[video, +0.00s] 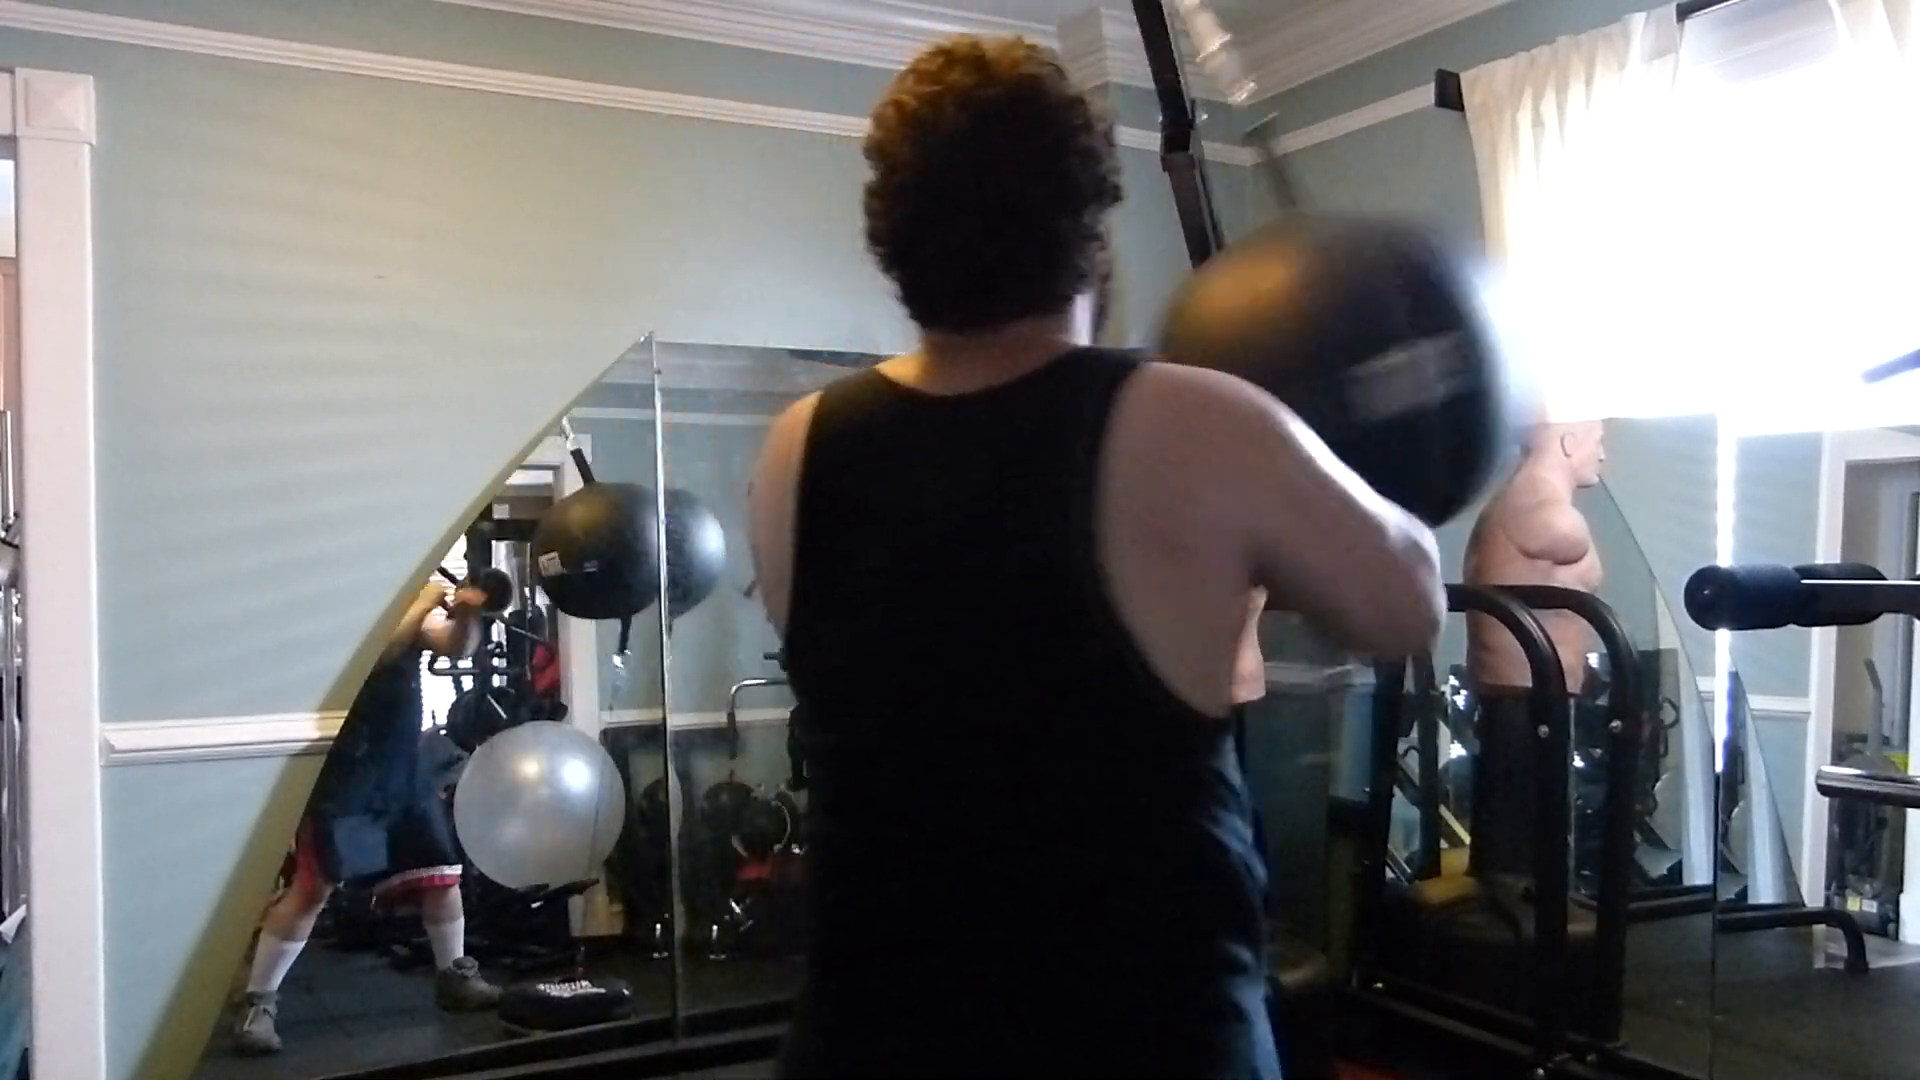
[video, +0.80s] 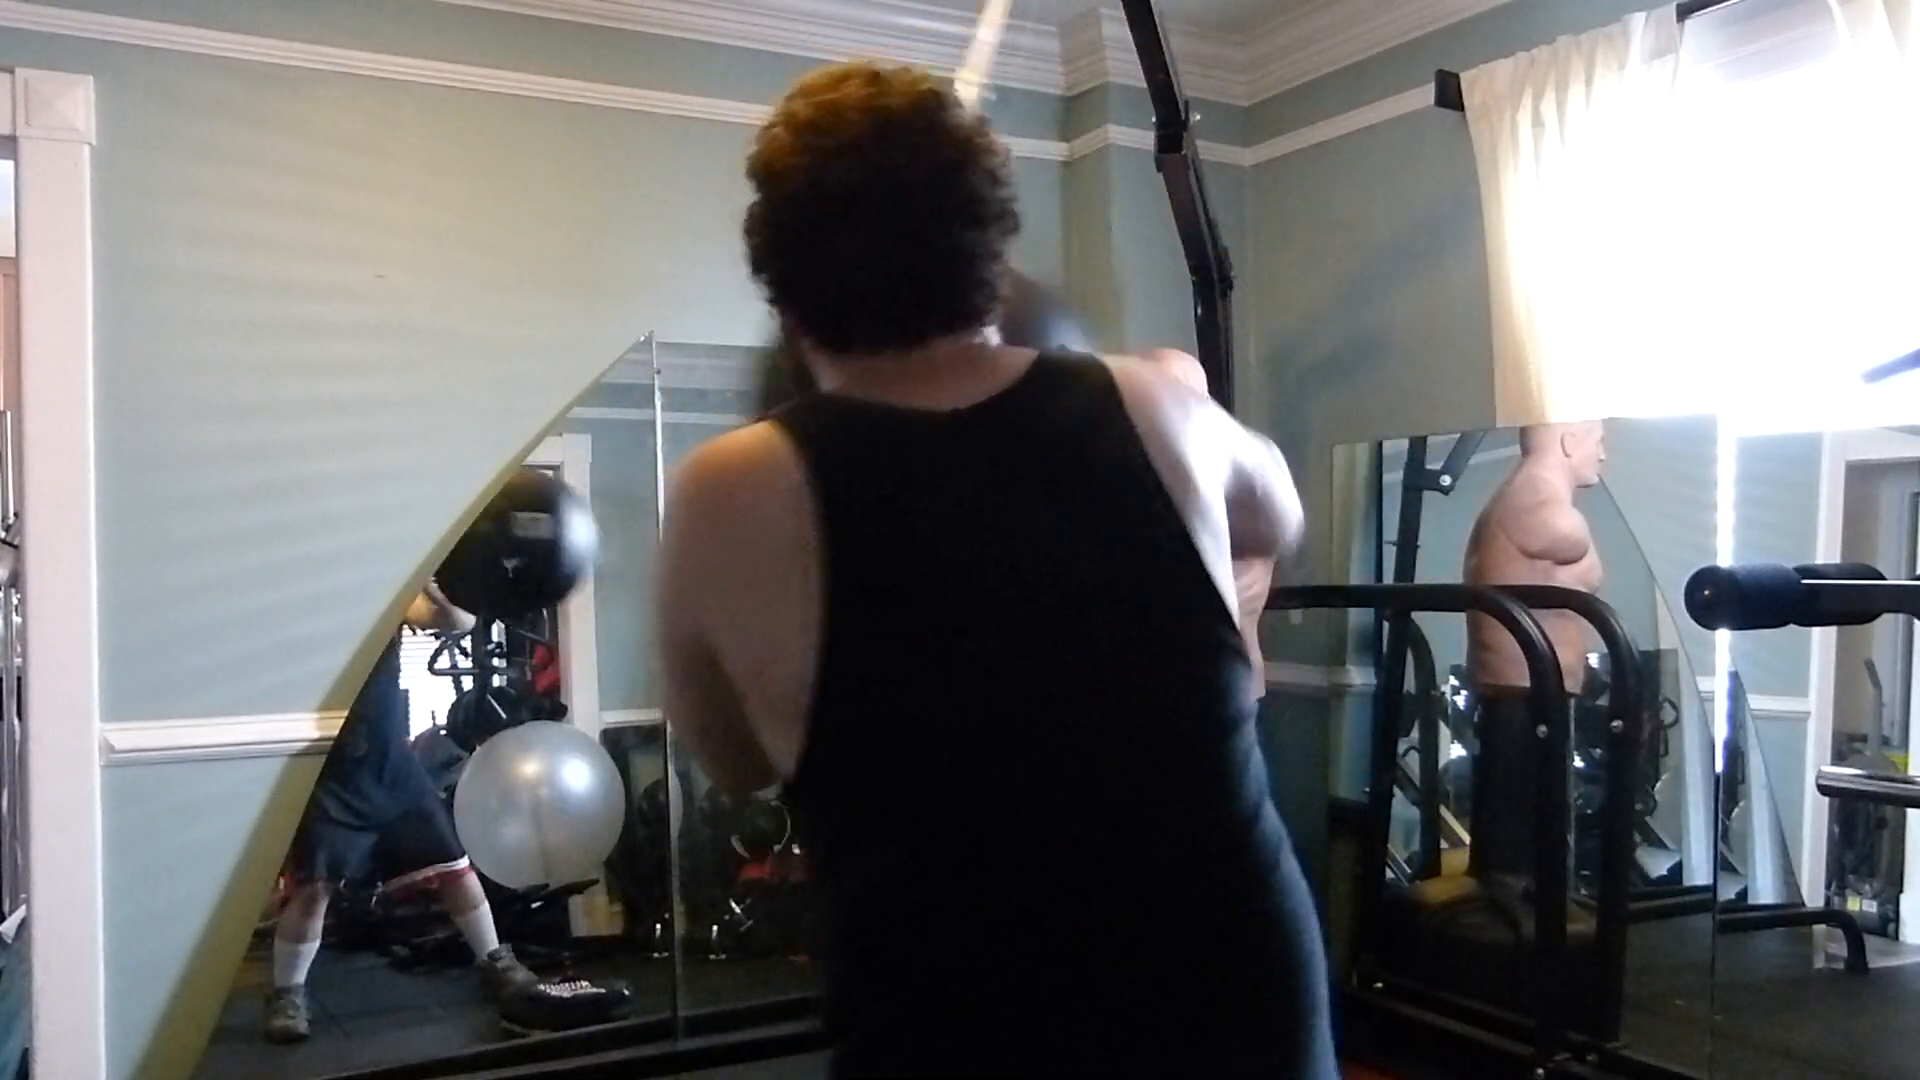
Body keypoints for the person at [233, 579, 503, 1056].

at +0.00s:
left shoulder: (410, 592)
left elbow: (455, 647)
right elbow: (376, 648)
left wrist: (466, 611)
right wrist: (423, 600)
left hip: (401, 766)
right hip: (335, 770)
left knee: (441, 871)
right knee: (313, 886)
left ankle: (455, 976)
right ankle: (258, 1003)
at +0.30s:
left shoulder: (413, 602)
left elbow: (444, 659)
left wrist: (470, 666)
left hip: (414, 753)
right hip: (343, 757)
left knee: (445, 872)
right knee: (323, 879)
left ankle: (456, 977)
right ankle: (292, 995)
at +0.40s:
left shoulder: (406, 629)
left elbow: (435, 693)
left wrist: (434, 689)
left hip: (401, 762)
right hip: (326, 769)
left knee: (446, 872)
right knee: (316, 884)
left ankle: (455, 976)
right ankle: (288, 995)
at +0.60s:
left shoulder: (380, 617)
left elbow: (417, 679)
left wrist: (401, 651)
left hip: (391, 773)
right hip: (328, 779)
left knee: (450, 867)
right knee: (314, 893)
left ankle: (456, 973)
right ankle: (287, 997)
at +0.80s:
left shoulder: (383, 595)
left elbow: (458, 622)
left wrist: (439, 601)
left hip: (393, 761)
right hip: (327, 771)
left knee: (454, 865)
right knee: (313, 886)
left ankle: (499, 968)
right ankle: (288, 996)